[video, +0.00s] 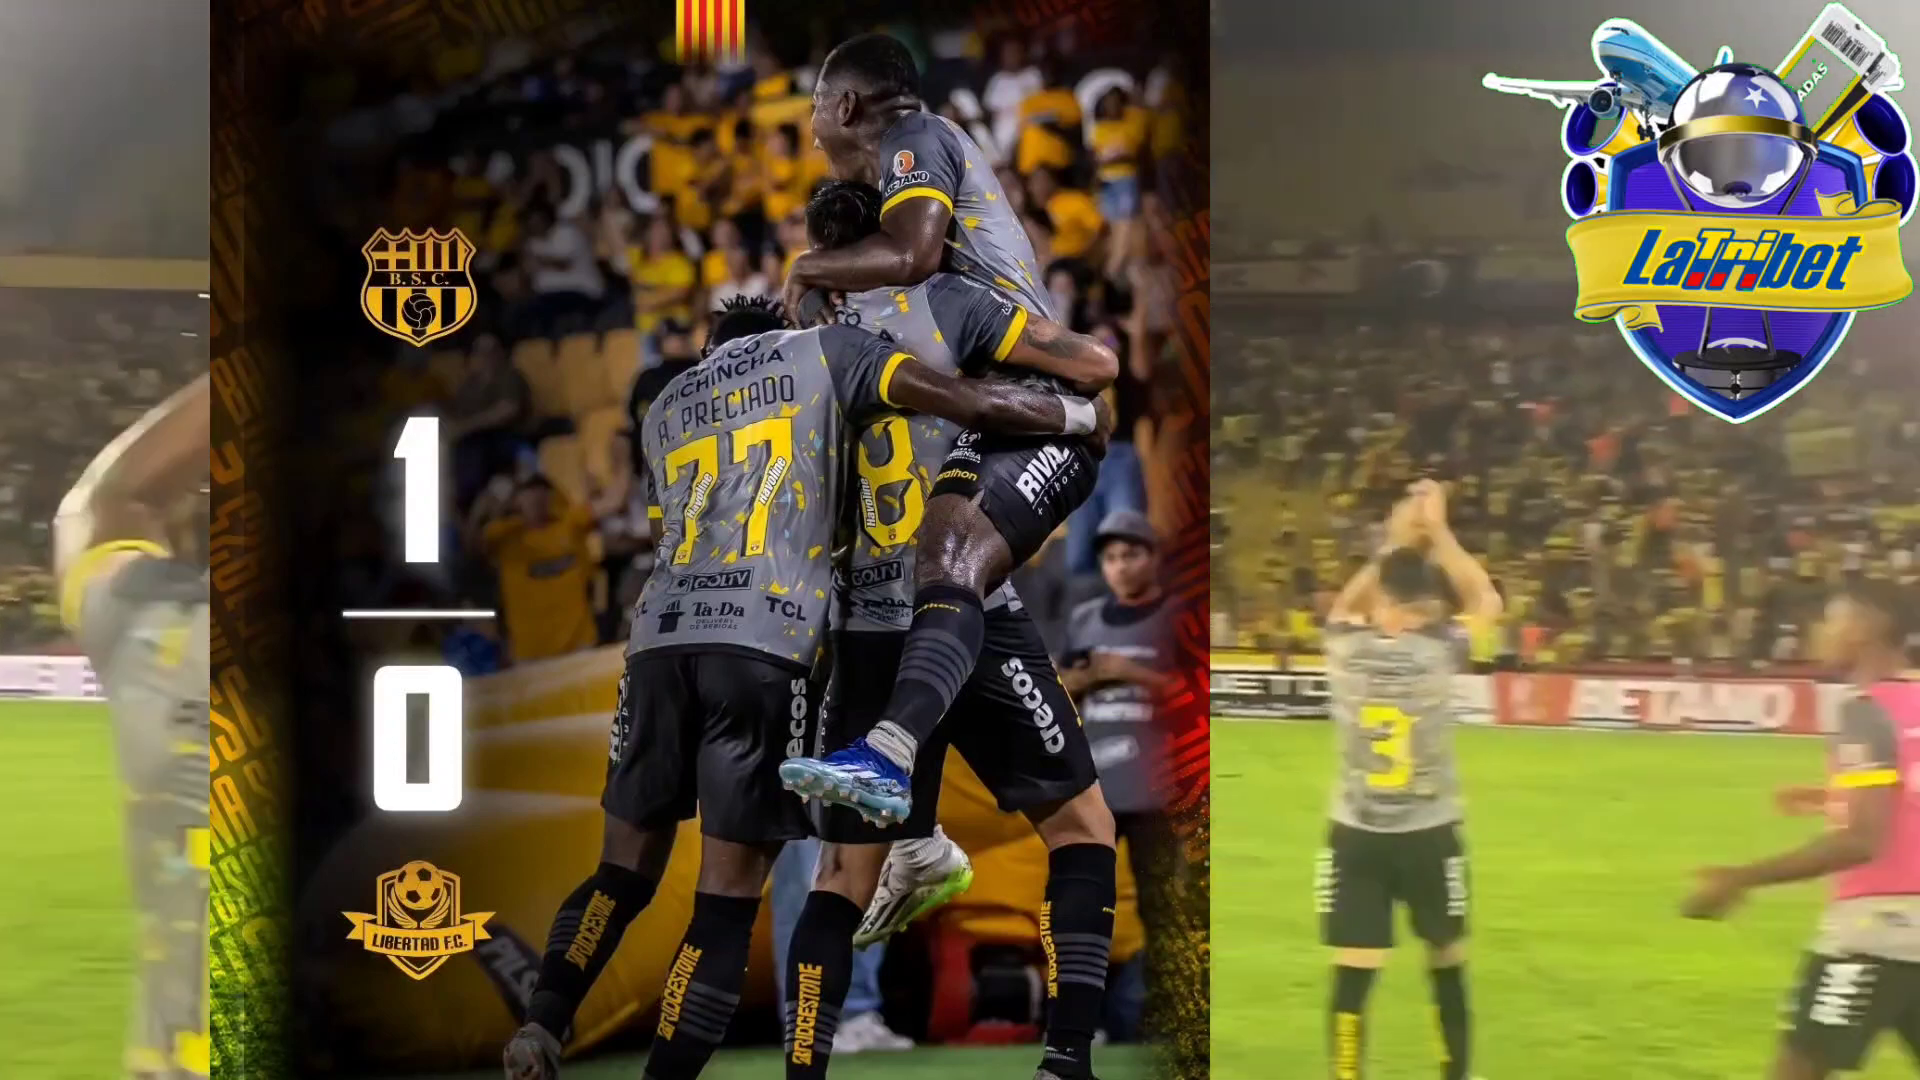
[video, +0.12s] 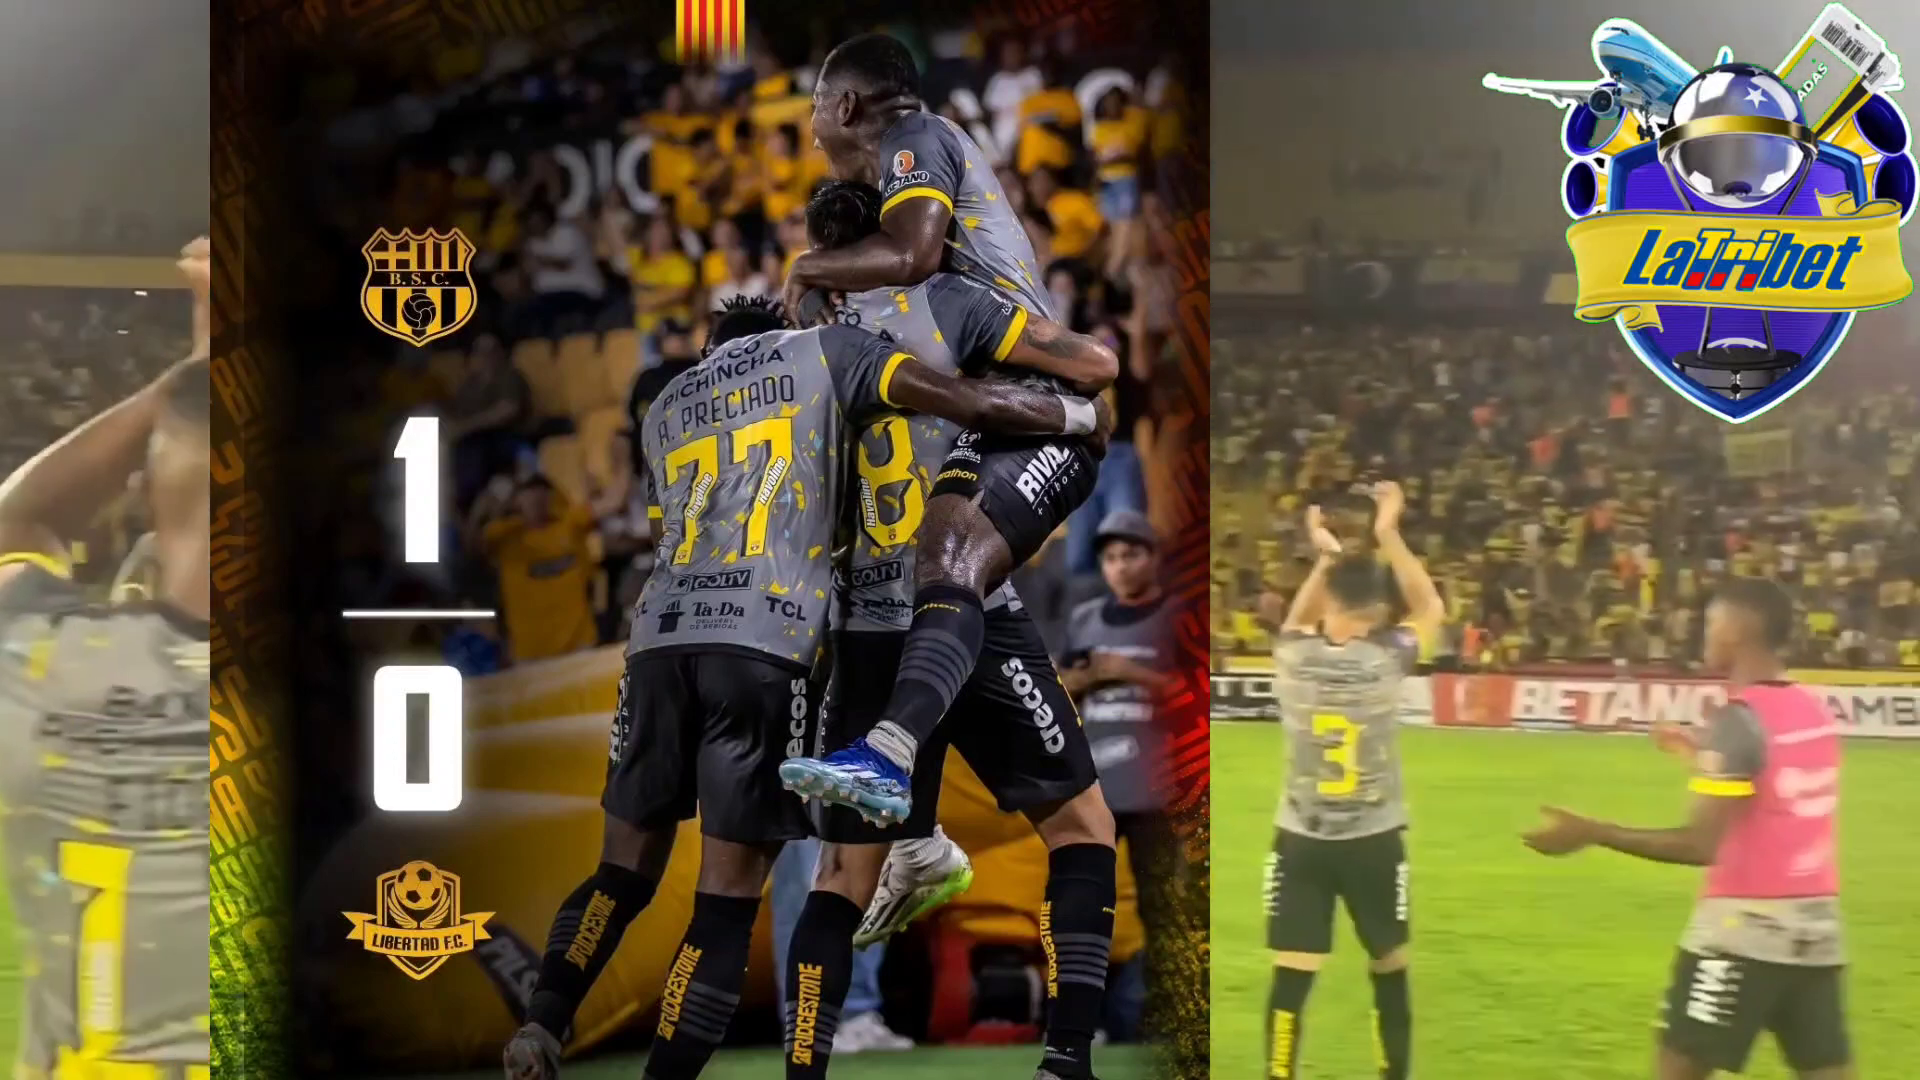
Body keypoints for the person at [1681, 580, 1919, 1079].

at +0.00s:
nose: (1823, 631)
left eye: (1835, 619)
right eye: (1828, 618)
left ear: (1870, 628)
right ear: (1885, 631)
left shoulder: (1865, 709)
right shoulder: (1908, 699)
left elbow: (1861, 838)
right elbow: (1901, 794)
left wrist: (1740, 878)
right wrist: (1827, 798)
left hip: (1874, 933)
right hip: (1906, 930)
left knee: (1798, 1066)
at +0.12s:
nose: (1704, 636)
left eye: (1712, 622)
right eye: (1707, 623)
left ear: (1740, 630)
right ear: (1768, 633)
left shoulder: (1740, 721)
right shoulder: (1814, 711)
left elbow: (1699, 844)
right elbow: (1780, 789)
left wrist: (1591, 831)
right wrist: (1707, 750)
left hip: (1740, 938)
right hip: (1815, 938)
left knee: (1679, 1068)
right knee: (1830, 1070)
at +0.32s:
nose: (1538, 617)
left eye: (1543, 603)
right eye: (1540, 603)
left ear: (1564, 610)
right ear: (1610, 616)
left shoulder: (1550, 696)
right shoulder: (1645, 686)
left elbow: (1489, 794)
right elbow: (1590, 765)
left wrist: (1486, 728)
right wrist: (1523, 718)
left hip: (1572, 913)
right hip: (1636, 909)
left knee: (1549, 1069)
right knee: (1592, 1064)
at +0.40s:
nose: (1485, 621)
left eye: (1489, 608)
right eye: (1489, 608)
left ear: (1505, 614)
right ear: (1557, 619)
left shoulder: (1489, 701)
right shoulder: (1593, 695)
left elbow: (1426, 799)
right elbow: (1535, 761)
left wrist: (1429, 727)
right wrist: (1473, 707)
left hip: (1516, 915)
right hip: (1577, 914)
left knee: (1510, 1068)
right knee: (1528, 1063)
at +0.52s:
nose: (1456, 633)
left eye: (1459, 622)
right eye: (1458, 622)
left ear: (1471, 630)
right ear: (1530, 636)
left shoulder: (1453, 714)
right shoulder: (1563, 713)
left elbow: (1390, 812)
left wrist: (1385, 739)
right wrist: (1465, 699)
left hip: (1482, 928)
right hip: (1545, 927)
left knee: (1499, 1071)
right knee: (1471, 1066)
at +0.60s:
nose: (1443, 644)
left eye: (1446, 633)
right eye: (1447, 634)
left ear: (1457, 639)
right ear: (1517, 648)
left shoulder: (1438, 725)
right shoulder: (1547, 729)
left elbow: (1373, 812)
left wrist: (1384, 736)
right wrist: (1430, 711)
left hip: (1463, 940)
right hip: (1527, 945)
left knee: (1485, 1071)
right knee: (1476, 1068)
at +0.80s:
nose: (1474, 631)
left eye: (1479, 623)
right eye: (1478, 623)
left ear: (1483, 633)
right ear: (1543, 647)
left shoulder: (1459, 710)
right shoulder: (1566, 723)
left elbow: (1386, 803)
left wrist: (1397, 722)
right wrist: (1462, 706)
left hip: (1465, 932)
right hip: (1533, 934)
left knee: (1463, 1069)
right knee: (1511, 1068)